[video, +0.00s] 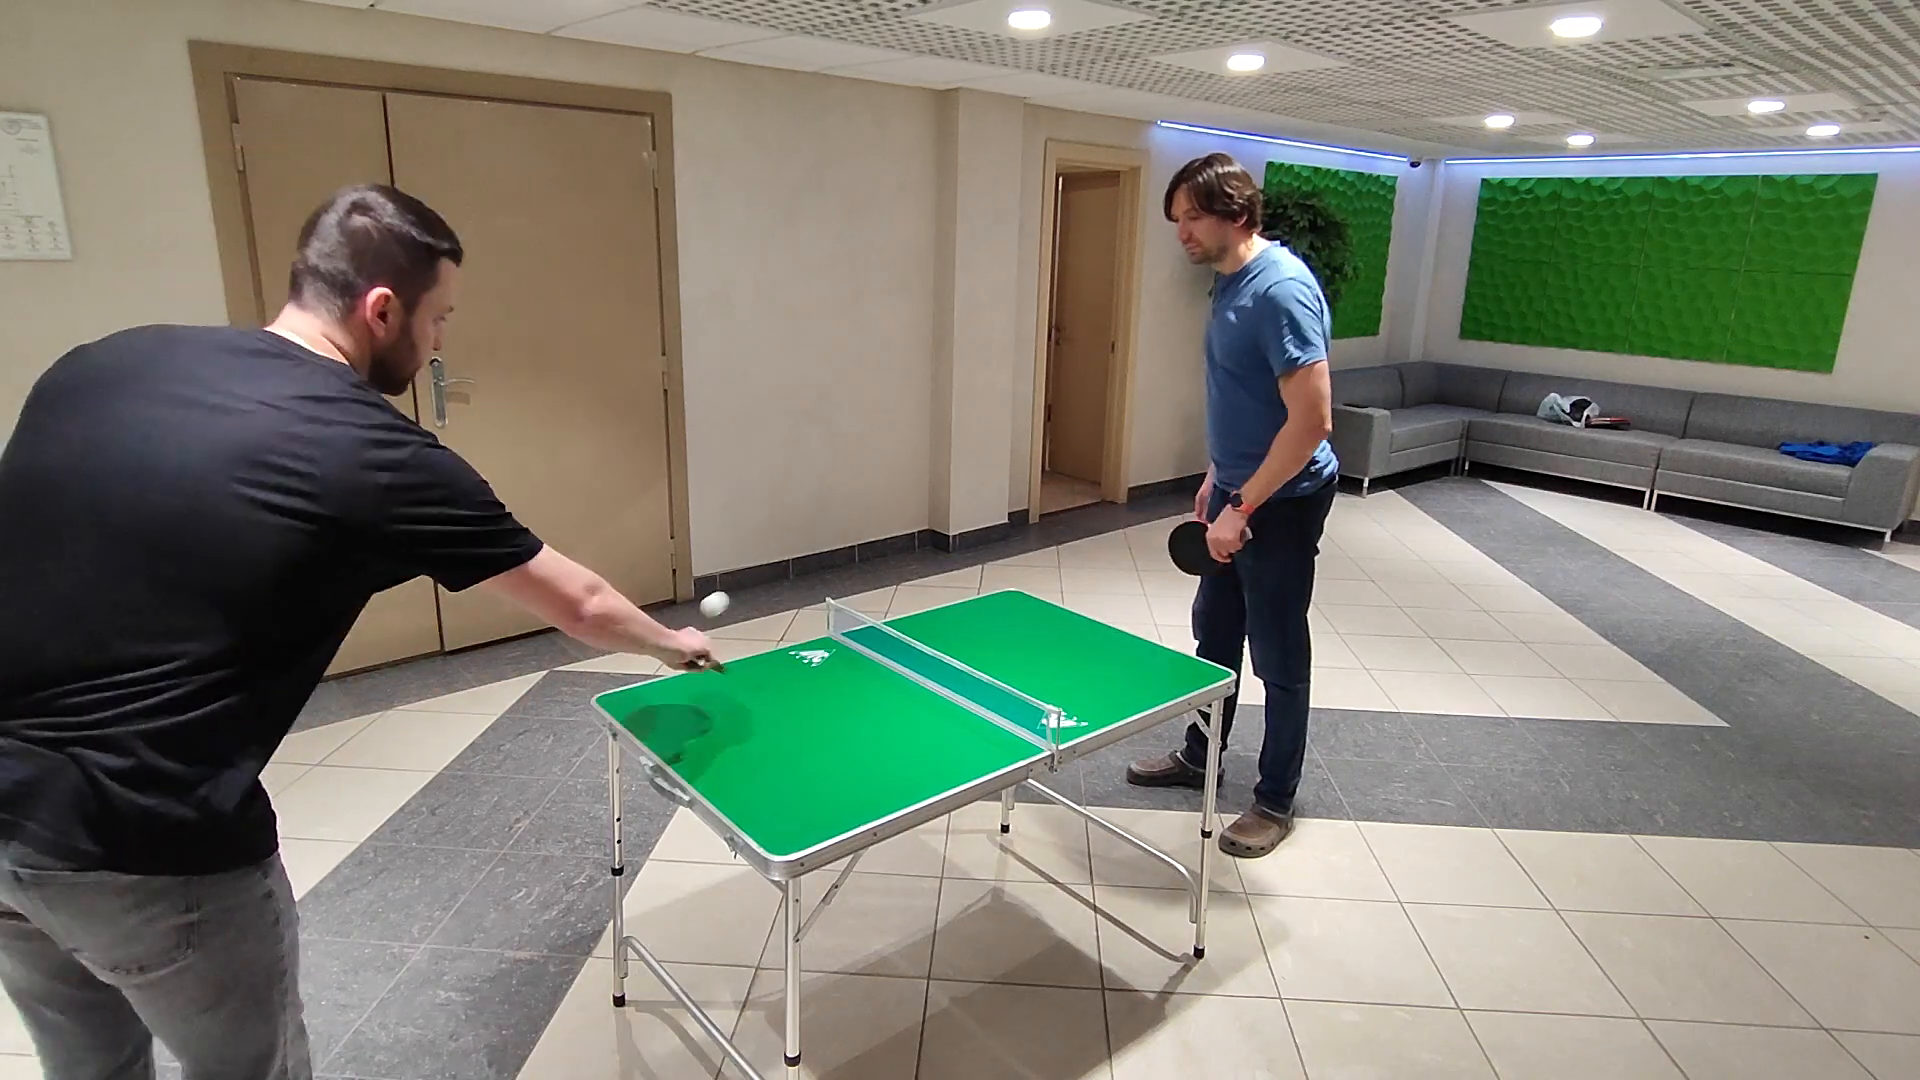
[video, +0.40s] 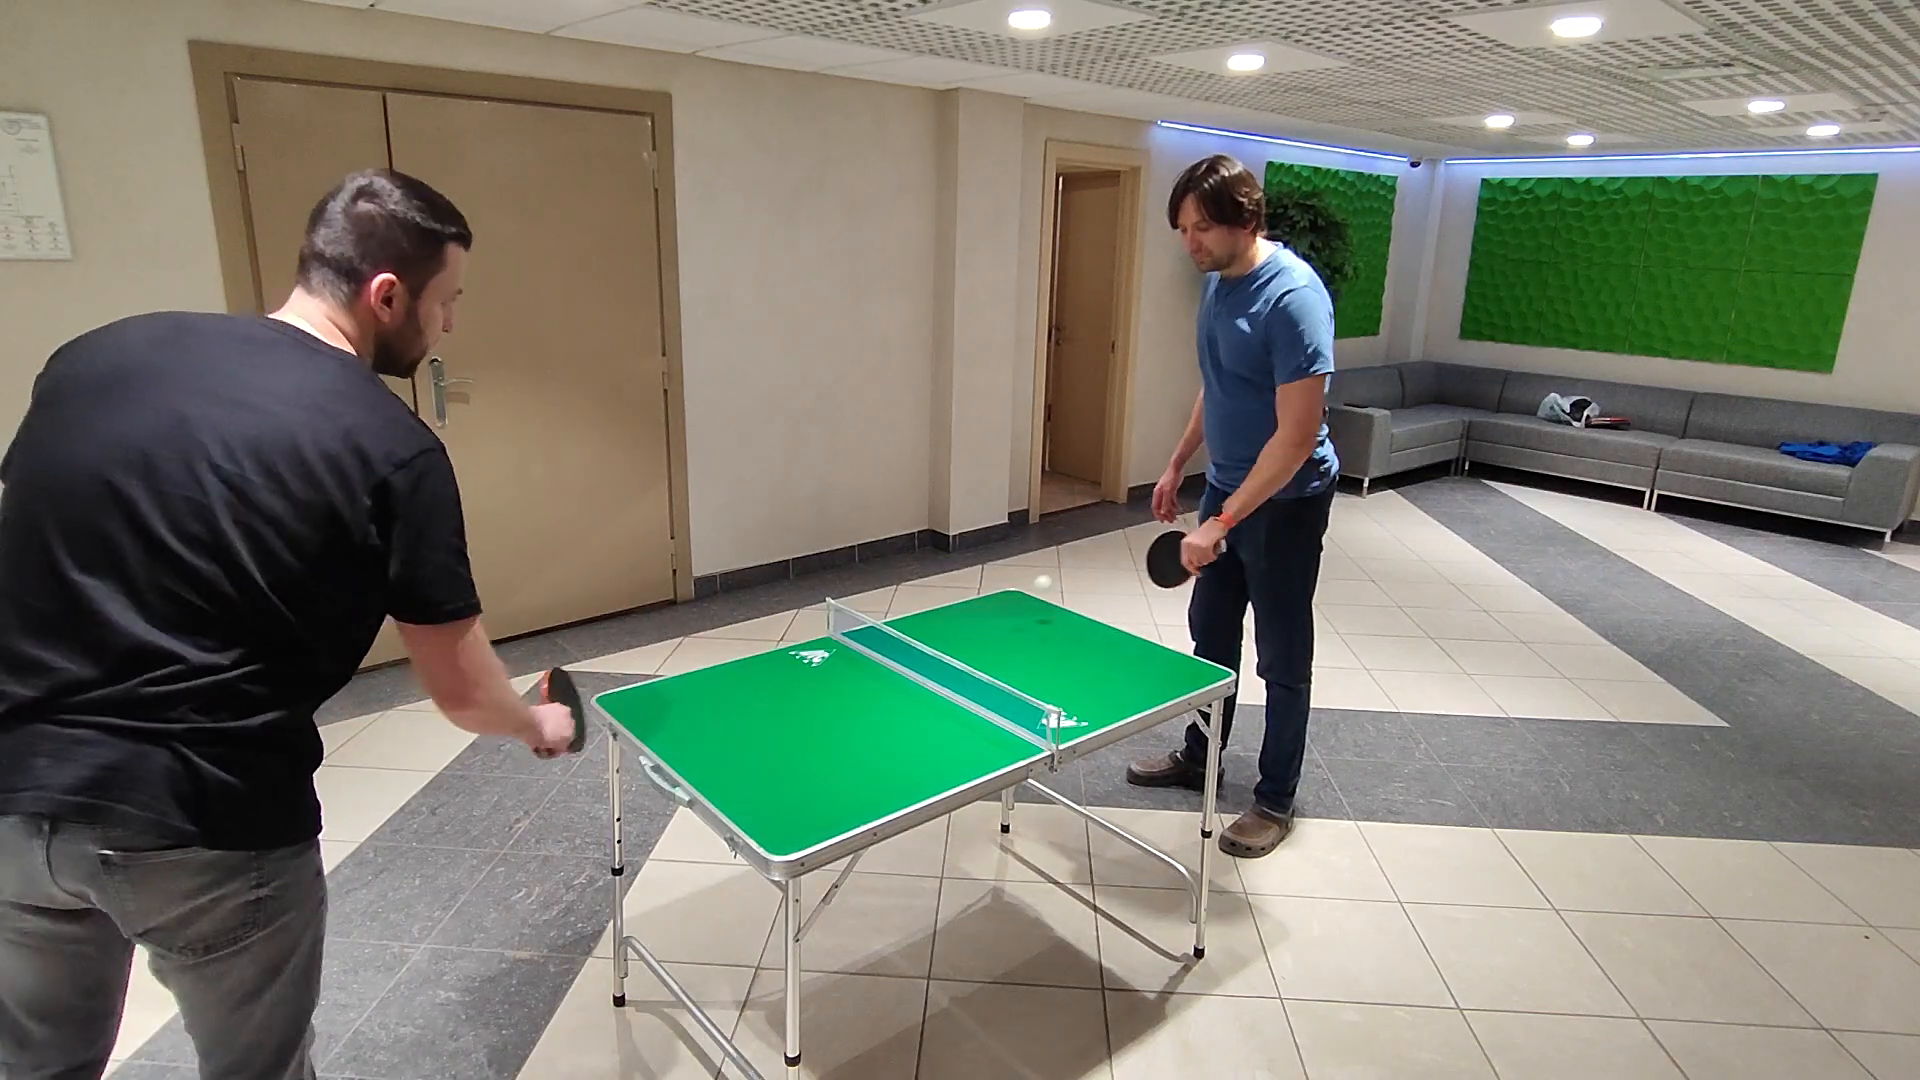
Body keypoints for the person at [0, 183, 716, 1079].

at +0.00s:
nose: (438, 345)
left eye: (446, 322)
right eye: (438, 319)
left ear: (299, 287)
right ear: (379, 311)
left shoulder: (91, 365)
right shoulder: (377, 451)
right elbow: (580, 602)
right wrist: (670, 641)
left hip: (3, 817)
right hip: (158, 835)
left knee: (92, 1068)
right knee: (252, 1068)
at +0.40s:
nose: (450, 323)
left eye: (457, 300)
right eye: (449, 299)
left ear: (307, 270)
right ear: (385, 294)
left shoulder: (97, 353)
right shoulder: (395, 449)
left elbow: (31, 551)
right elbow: (466, 691)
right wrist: (535, 724)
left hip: (19, 793)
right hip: (206, 814)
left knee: (35, 1069)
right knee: (260, 1067)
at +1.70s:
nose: (254, 254)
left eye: (254, 228)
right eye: (237, 227)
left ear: (143, 222)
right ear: (147, 221)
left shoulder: (9, 344)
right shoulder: (184, 390)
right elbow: (220, 643)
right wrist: (333, 744)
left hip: (37, 799)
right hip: (180, 821)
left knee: (86, 1055)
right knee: (237, 1064)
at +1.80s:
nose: (233, 246)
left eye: (230, 219)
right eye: (211, 218)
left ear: (111, 219)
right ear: (114, 218)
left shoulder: (13, 343)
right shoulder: (142, 392)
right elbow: (162, 644)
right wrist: (301, 748)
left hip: (41, 801)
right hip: (167, 827)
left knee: (83, 1055)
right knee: (232, 1063)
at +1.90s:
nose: (215, 244)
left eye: (211, 218)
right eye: (192, 218)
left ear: (91, 220)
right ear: (93, 217)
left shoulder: (22, 340)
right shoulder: (97, 387)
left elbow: (123, 591)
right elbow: (119, 650)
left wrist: (236, 690)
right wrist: (279, 747)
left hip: (47, 806)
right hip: (152, 829)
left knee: (78, 1054)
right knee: (234, 1060)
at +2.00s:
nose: (206, 247)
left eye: (202, 219)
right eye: (183, 219)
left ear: (83, 221)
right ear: (82, 216)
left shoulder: (33, 347)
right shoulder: (75, 386)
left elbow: (156, 556)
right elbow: (92, 644)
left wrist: (275, 655)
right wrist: (269, 743)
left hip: (50, 809)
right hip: (144, 832)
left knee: (75, 1057)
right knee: (230, 1059)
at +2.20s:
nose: (214, 265)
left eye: (214, 236)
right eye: (190, 231)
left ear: (85, 221)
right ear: (88, 217)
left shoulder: (22, 340)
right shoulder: (83, 382)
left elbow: (148, 555)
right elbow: (145, 627)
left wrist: (276, 650)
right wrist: (311, 724)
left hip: (41, 813)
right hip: (144, 832)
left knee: (73, 1058)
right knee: (223, 1060)